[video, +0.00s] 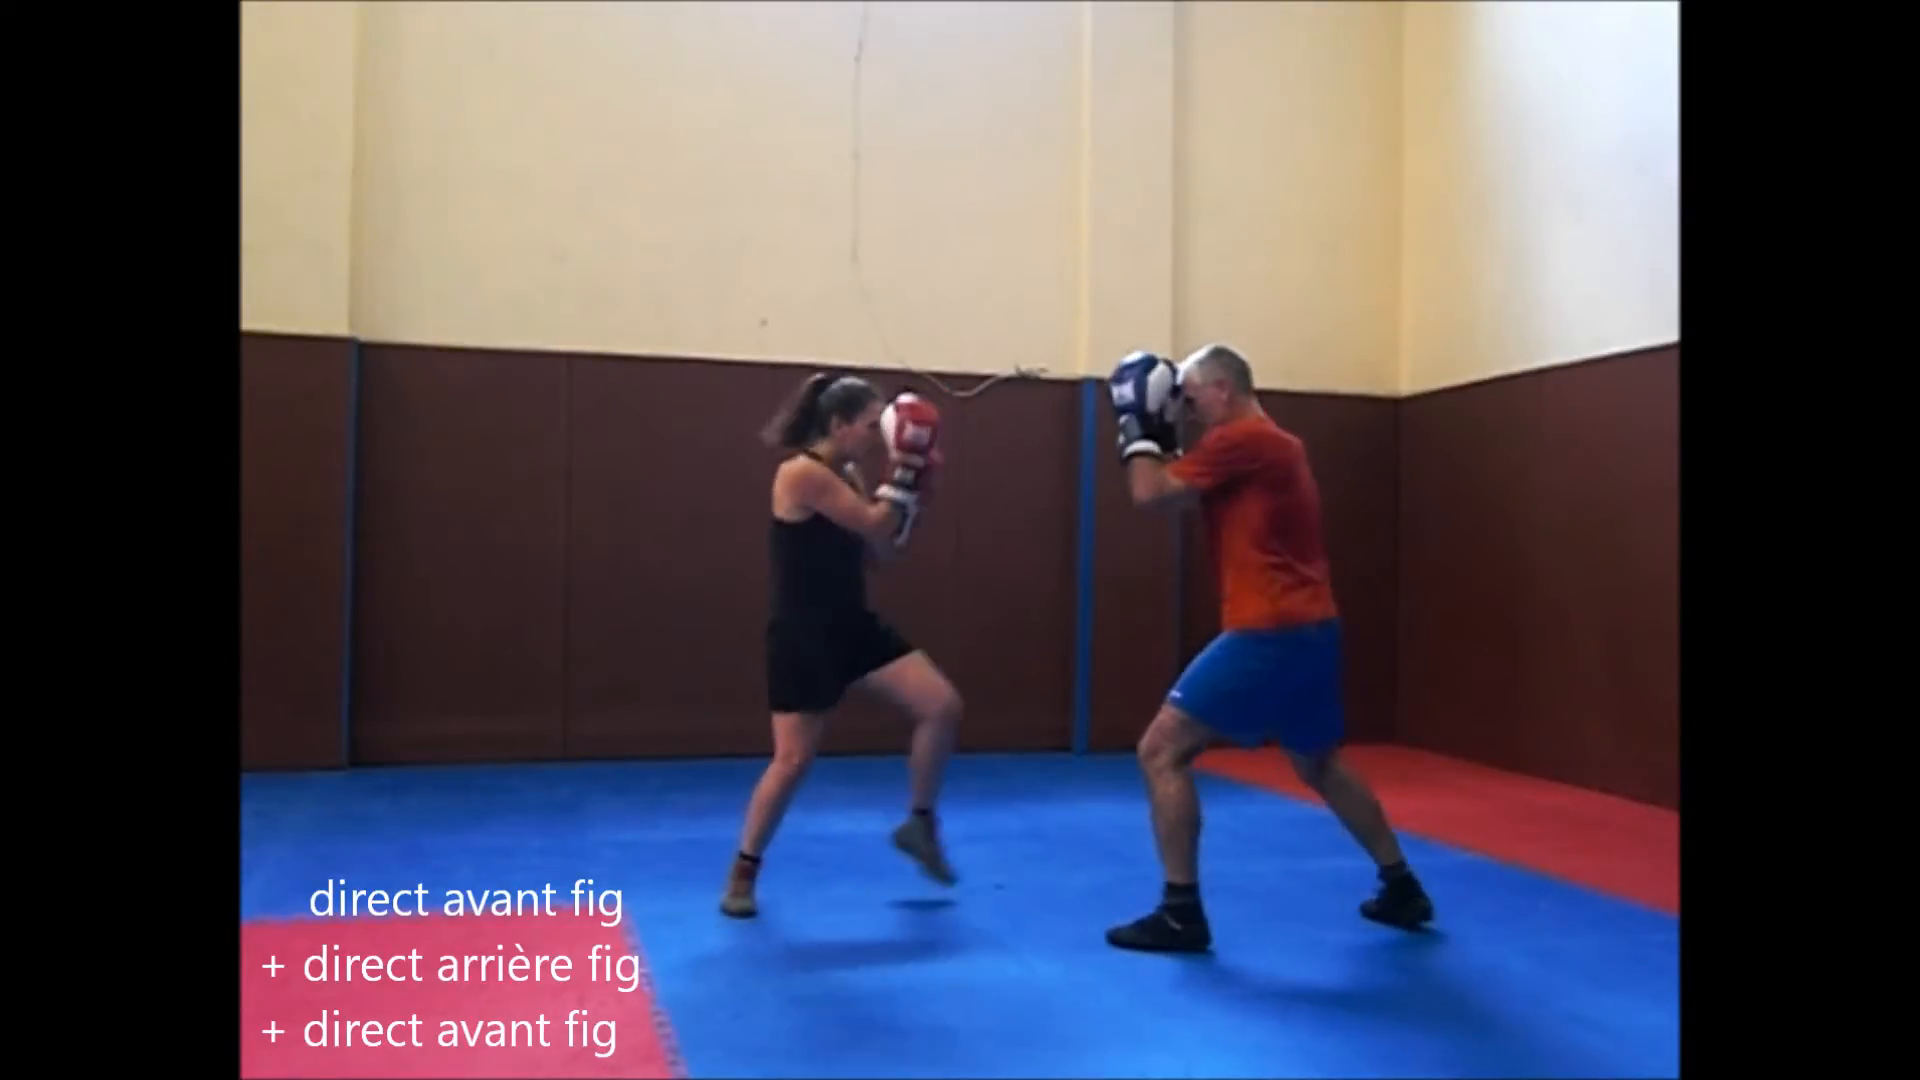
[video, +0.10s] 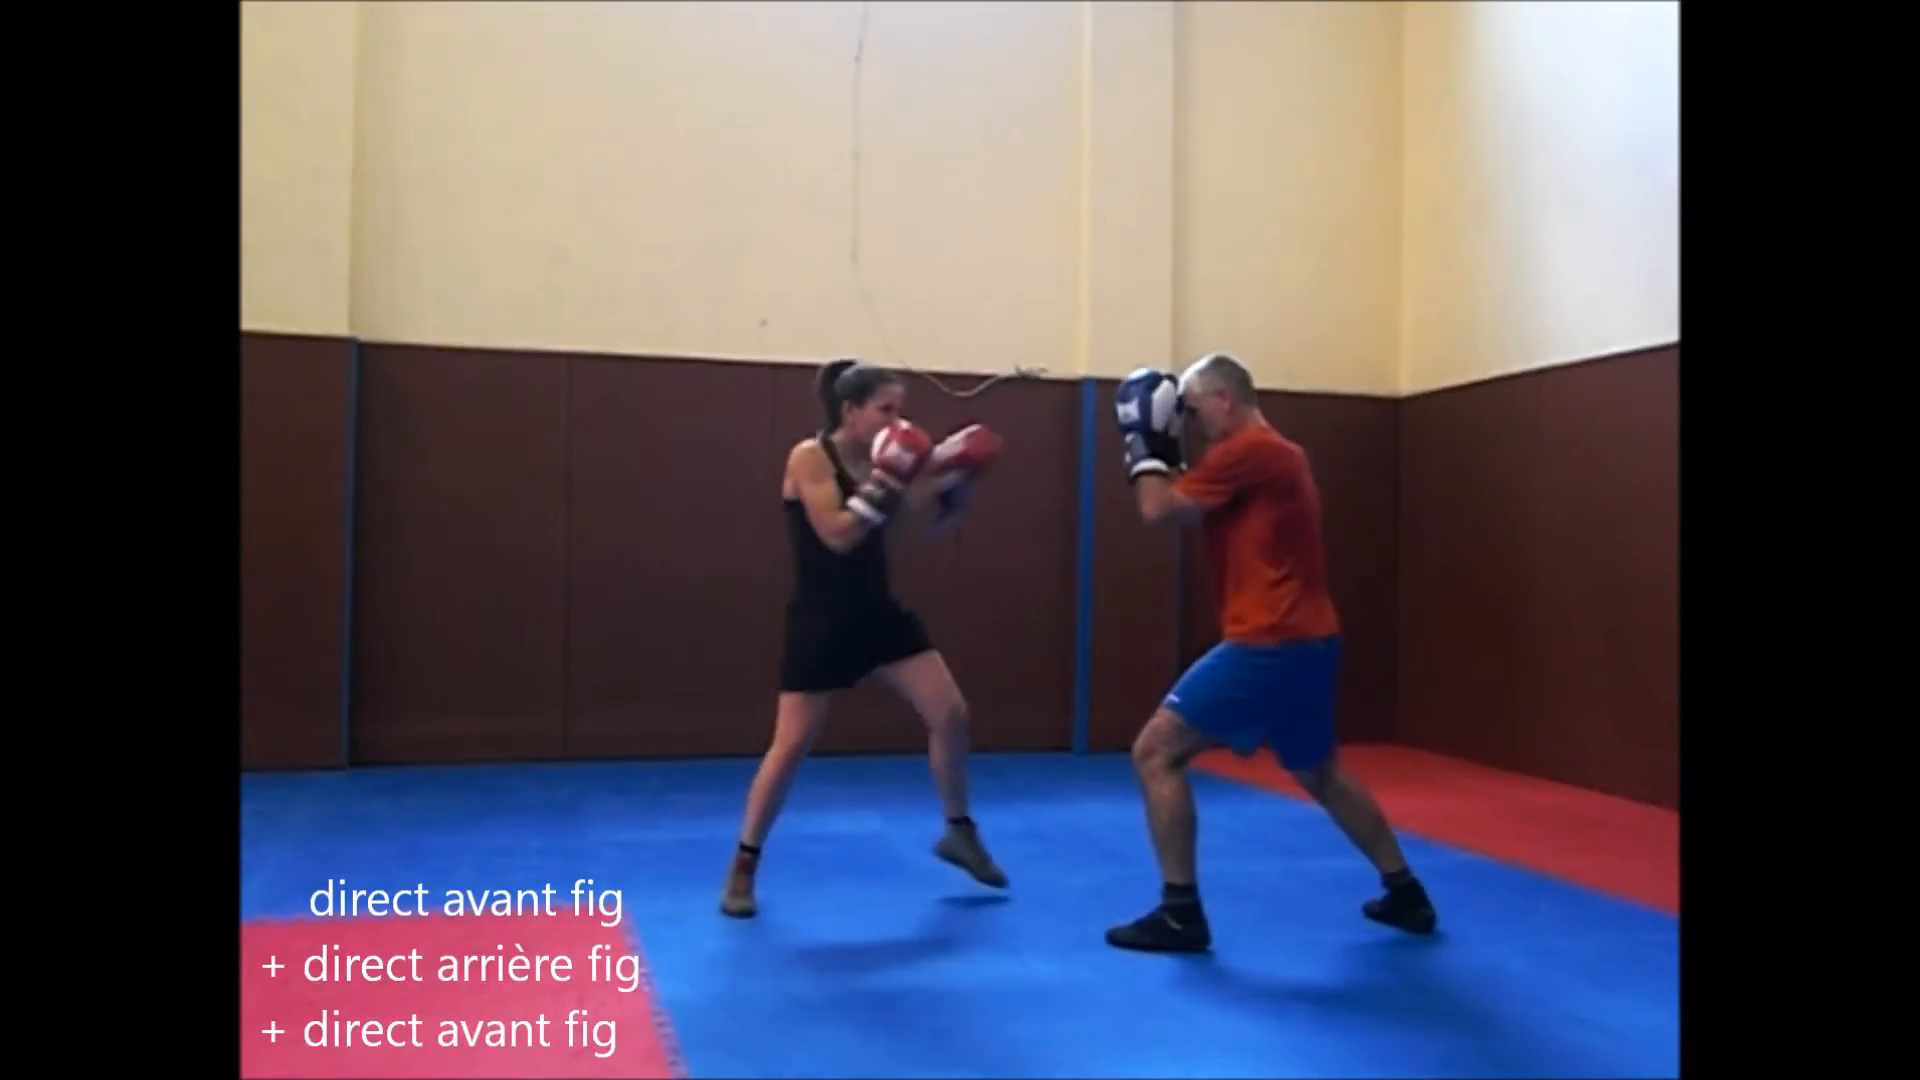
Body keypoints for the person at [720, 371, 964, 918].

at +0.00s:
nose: (877, 435)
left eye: (878, 425)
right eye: (871, 424)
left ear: (842, 427)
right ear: (838, 423)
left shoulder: (843, 476)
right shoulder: (801, 474)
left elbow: (884, 541)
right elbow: (876, 526)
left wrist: (910, 486)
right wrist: (903, 471)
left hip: (853, 630)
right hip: (803, 638)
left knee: (941, 705)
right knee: (792, 759)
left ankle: (921, 823)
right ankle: (744, 869)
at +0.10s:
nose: (894, 421)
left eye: (898, 411)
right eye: (885, 410)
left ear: (877, 415)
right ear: (850, 410)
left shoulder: (883, 460)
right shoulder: (810, 457)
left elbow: (922, 521)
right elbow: (837, 532)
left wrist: (955, 485)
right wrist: (888, 483)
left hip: (878, 616)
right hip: (820, 622)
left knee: (949, 712)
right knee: (791, 744)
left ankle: (959, 830)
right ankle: (744, 863)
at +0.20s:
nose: (913, 427)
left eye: (916, 416)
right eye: (902, 416)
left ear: (915, 419)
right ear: (863, 416)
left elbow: (1001, 465)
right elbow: (817, 539)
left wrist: (1058, 446)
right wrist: (867, 491)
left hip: (897, 617)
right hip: (839, 618)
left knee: (942, 734)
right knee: (808, 739)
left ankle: (959, 855)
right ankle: (747, 861)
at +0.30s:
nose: (941, 433)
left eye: (944, 423)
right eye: (932, 422)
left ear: (933, 423)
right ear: (897, 422)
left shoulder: (940, 467)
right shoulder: (852, 469)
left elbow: (1015, 498)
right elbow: (831, 544)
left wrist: (1051, 457)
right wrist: (881, 501)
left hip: (912, 627)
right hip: (857, 626)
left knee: (953, 738)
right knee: (826, 748)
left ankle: (958, 861)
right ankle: (754, 861)